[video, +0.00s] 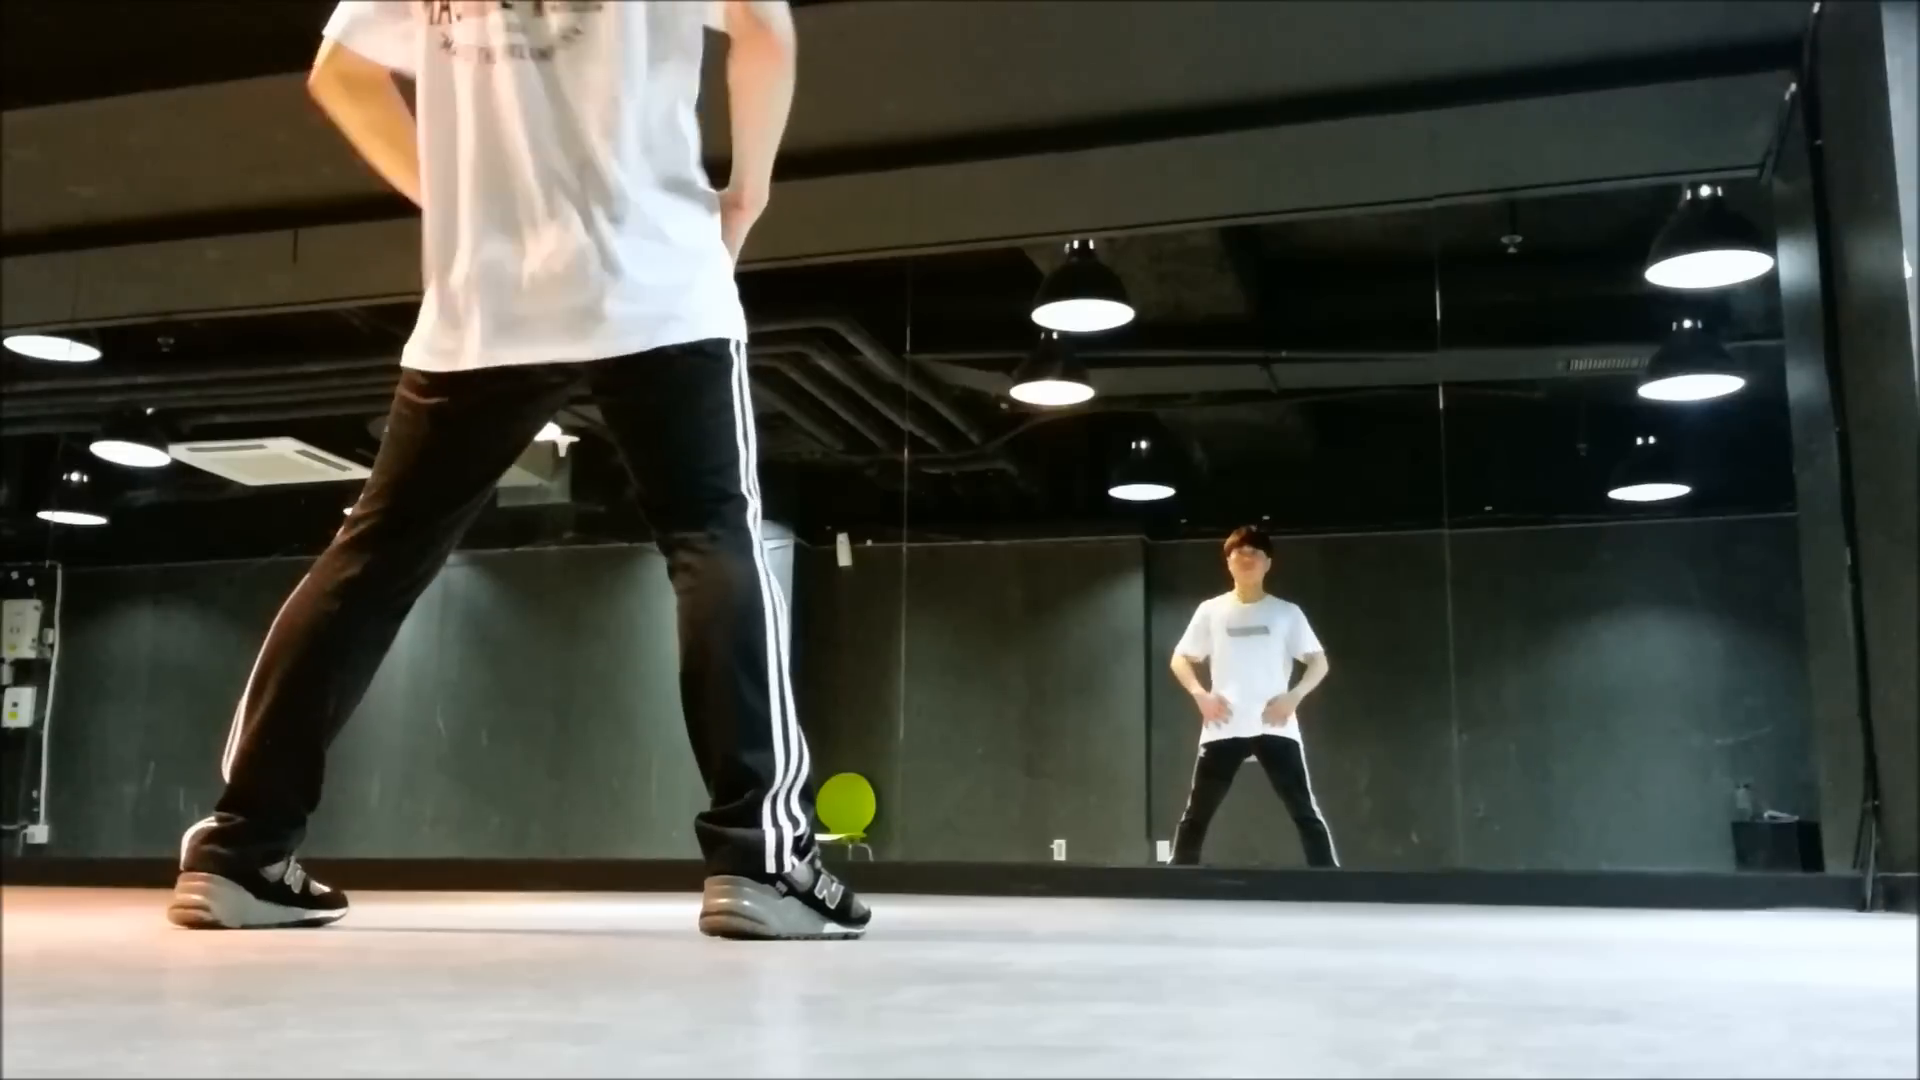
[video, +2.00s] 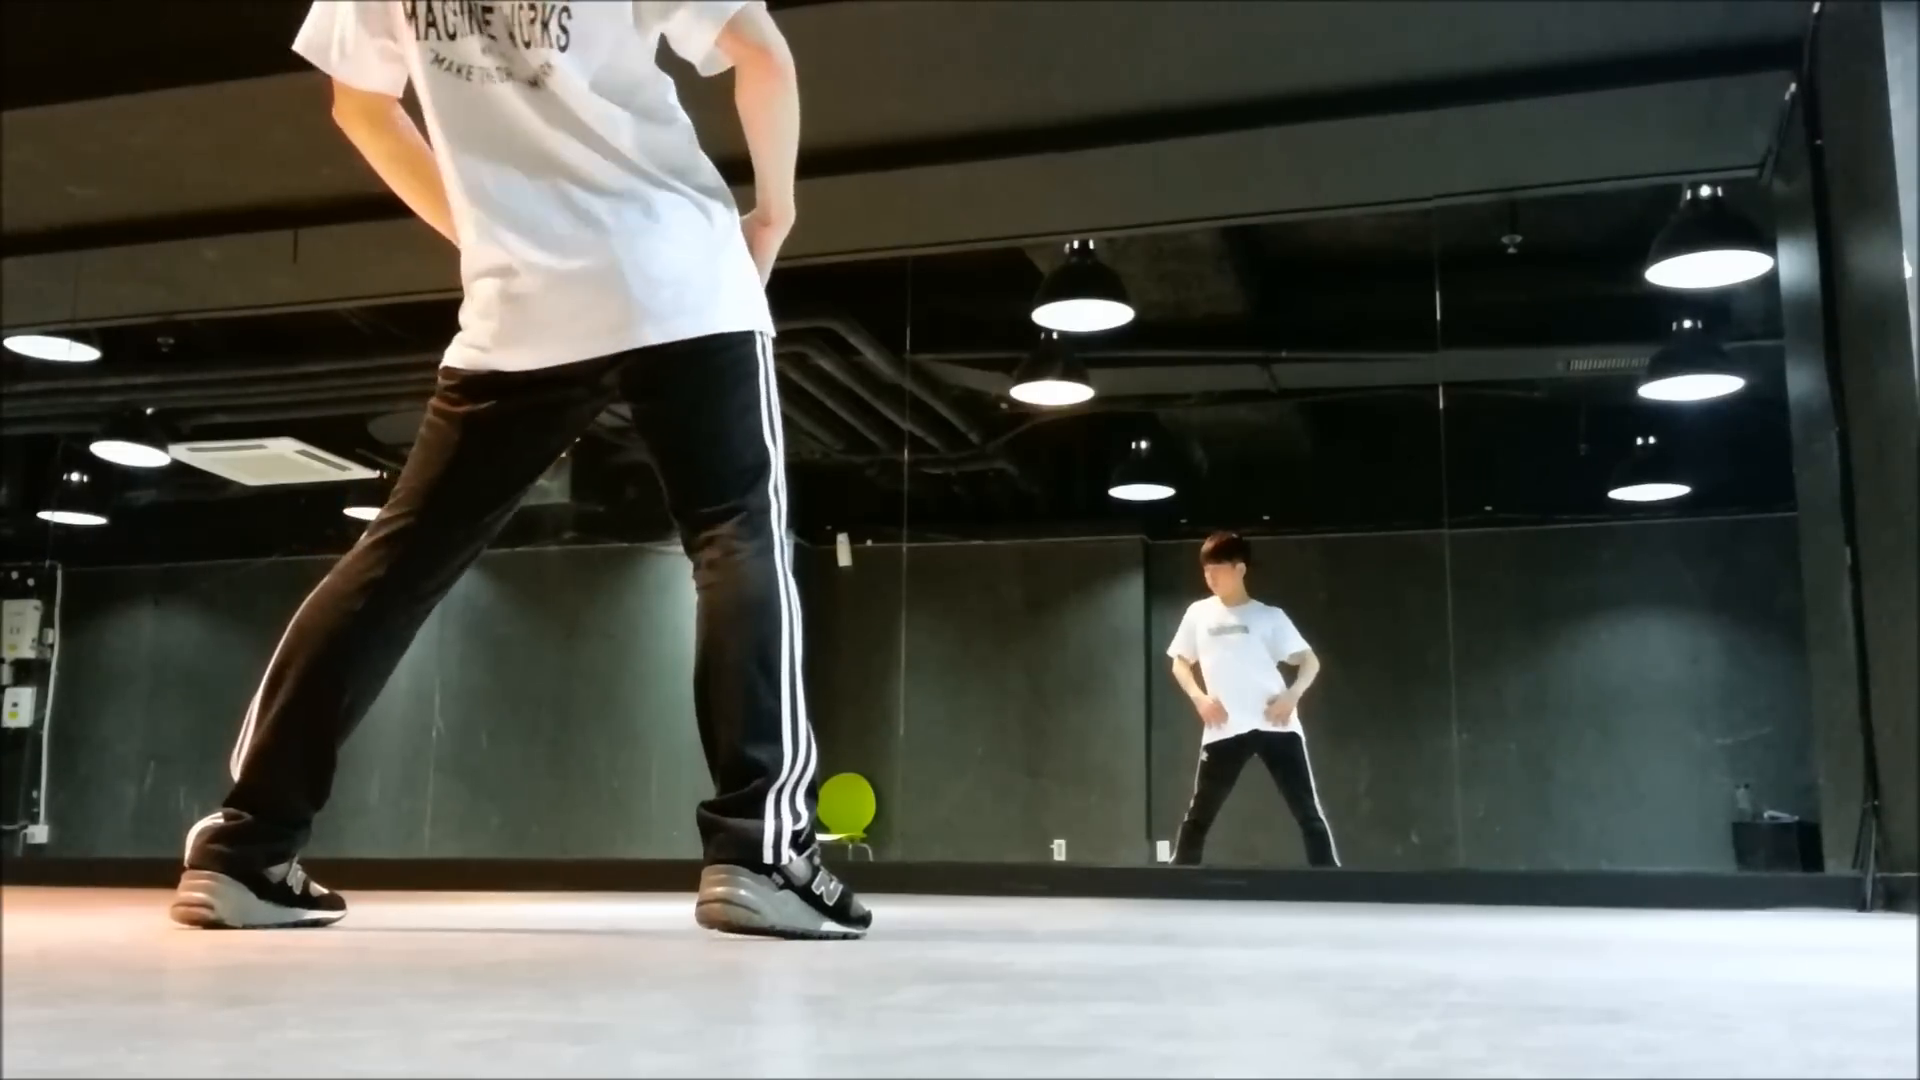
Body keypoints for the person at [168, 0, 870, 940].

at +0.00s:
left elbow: (343, 72)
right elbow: (762, 27)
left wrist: (458, 197)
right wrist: (748, 185)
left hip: (484, 272)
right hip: (654, 270)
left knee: (375, 553)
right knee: (717, 545)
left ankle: (238, 845)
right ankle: (762, 857)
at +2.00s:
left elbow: (358, 103)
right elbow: (761, 55)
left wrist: (477, 230)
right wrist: (774, 206)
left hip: (520, 286)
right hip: (680, 266)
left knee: (398, 555)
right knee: (738, 542)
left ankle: (243, 843)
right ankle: (762, 850)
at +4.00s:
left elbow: (355, 75)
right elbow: (752, 26)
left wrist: (464, 204)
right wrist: (758, 187)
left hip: (493, 271)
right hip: (661, 266)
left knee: (378, 554)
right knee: (719, 544)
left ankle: (241, 845)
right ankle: (760, 854)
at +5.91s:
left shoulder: (432, 6)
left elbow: (338, 89)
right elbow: (788, 5)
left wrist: (431, 222)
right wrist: (760, 177)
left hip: (472, 264)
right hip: (646, 259)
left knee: (397, 566)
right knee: (759, 548)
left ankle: (192, 821)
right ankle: (777, 848)